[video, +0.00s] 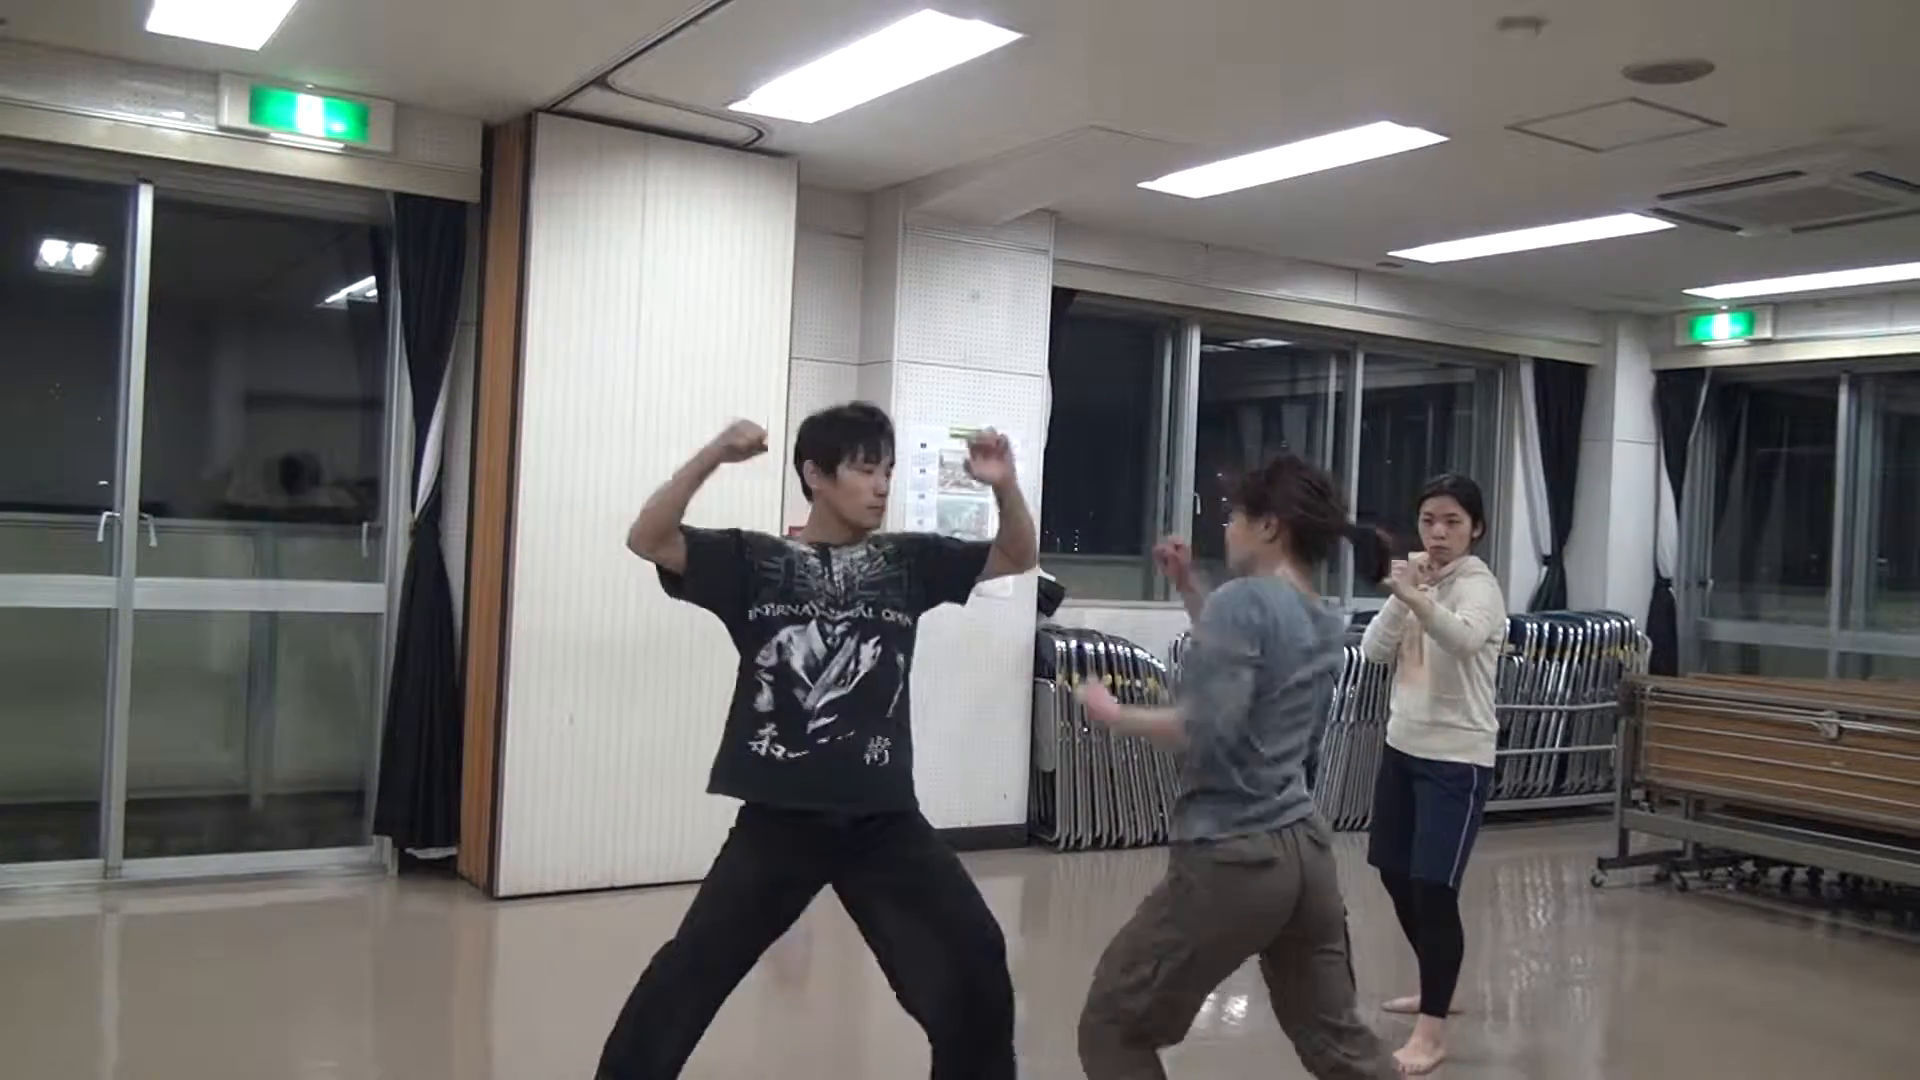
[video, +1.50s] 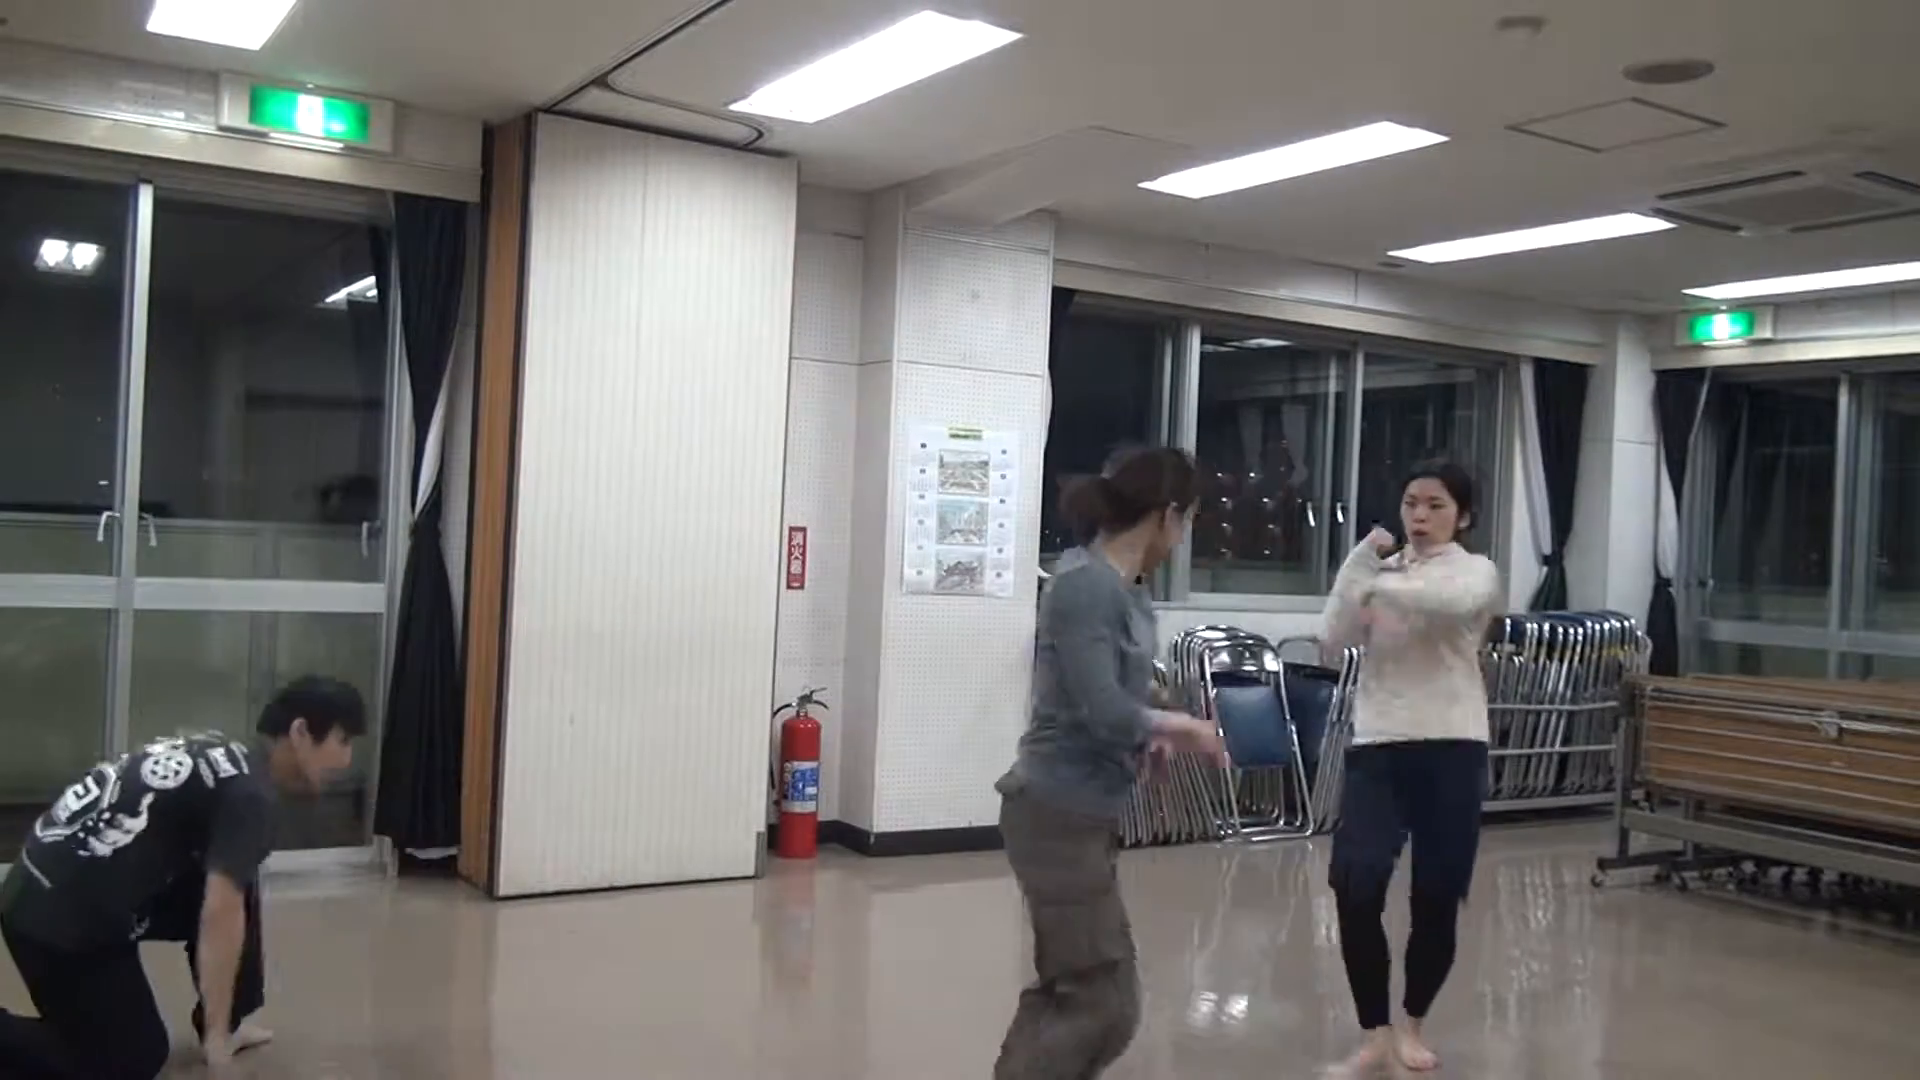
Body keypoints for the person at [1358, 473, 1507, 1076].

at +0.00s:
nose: (1438, 531)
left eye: (1451, 521)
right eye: (1429, 520)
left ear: (1475, 529)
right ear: (1418, 525)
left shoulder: (1480, 584)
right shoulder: (1415, 582)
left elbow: (1467, 639)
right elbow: (1373, 650)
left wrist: (1415, 597)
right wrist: (1404, 595)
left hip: (1456, 759)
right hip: (1403, 750)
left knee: (1433, 887)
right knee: (1390, 864)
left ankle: (1431, 1031)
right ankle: (1438, 984)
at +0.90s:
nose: (1438, 523)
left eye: (1451, 514)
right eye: (1431, 512)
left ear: (1477, 525)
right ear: (1418, 519)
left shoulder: (1496, 590)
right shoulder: (1391, 584)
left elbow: (1488, 630)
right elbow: (1352, 632)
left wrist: (1451, 565)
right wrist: (1326, 610)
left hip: (1461, 758)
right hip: (1391, 750)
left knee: (1434, 891)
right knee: (1375, 886)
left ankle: (1410, 1022)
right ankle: (1426, 958)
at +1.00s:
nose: (1445, 523)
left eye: (1457, 512)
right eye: (1435, 513)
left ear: (1483, 520)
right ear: (1425, 521)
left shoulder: (1508, 592)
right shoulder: (1397, 582)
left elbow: (1498, 651)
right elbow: (1353, 669)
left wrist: (1470, 577)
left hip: (1459, 750)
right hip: (1385, 735)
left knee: (1438, 895)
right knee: (1348, 853)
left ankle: (1410, 1024)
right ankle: (1355, 927)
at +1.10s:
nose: (1444, 522)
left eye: (1457, 511)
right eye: (1435, 512)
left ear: (1483, 517)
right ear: (1424, 519)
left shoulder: (1507, 592)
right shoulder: (1392, 577)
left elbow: (1499, 652)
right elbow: (1358, 649)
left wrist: (1468, 579)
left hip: (1451, 745)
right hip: (1392, 718)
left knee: (1436, 895)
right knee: (1365, 719)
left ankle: (1409, 1022)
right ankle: (1302, 842)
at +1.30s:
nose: (1444, 521)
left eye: (1457, 510)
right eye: (1436, 510)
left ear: (1485, 516)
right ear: (1424, 517)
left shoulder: (1503, 591)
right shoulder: (1396, 571)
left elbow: (1520, 654)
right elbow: (1346, 652)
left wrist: (1477, 584)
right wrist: (1305, 726)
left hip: (1442, 748)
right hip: (1383, 717)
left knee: (1428, 898)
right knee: (1367, 695)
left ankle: (1407, 1022)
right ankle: (1294, 779)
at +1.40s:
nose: (1439, 515)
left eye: (1452, 504)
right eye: (1431, 505)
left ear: (1481, 513)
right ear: (1420, 513)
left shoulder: (1499, 584)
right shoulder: (1391, 567)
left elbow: (1523, 631)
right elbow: (1343, 623)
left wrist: (1472, 573)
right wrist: (1322, 641)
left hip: (1443, 745)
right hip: (1372, 723)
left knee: (1436, 902)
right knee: (1351, 810)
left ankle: (1408, 1023)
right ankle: (1324, 952)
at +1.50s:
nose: (1419, 514)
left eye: (1434, 504)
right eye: (1412, 503)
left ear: (1462, 514)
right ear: (1401, 510)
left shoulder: (1479, 570)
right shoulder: (1380, 569)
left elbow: (1450, 600)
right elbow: (1332, 635)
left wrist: (1375, 586)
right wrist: (1362, 558)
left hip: (1451, 748)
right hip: (1376, 747)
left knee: (1436, 899)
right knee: (1353, 888)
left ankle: (1410, 1026)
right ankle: (1376, 1036)